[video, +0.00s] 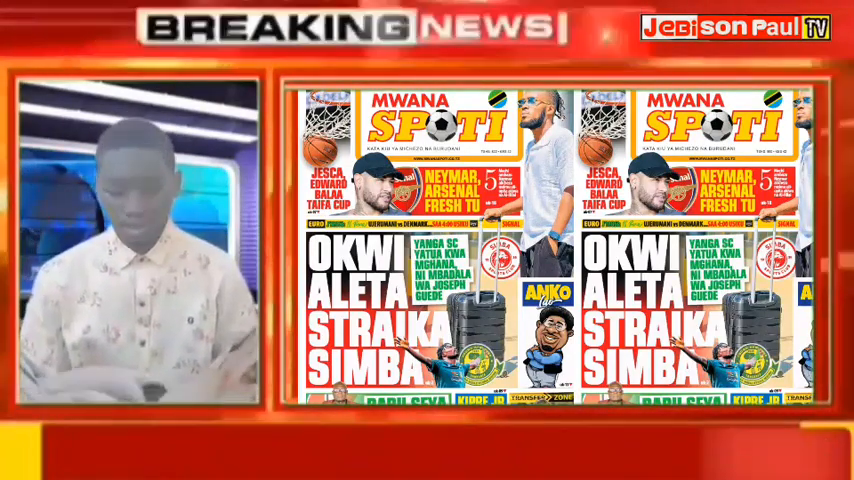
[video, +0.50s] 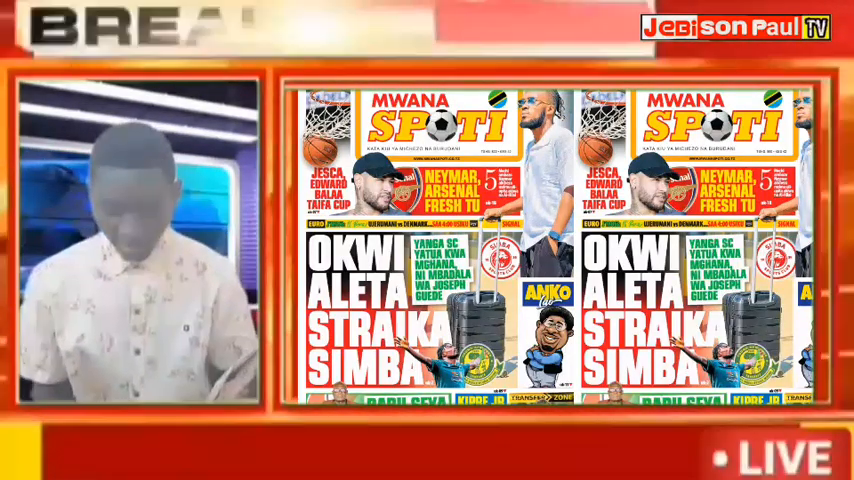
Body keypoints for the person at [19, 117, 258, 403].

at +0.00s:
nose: (133, 207)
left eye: (149, 189)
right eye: (116, 191)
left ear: (177, 184)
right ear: (96, 188)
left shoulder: (218, 272)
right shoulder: (59, 277)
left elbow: (249, 383)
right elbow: (27, 392)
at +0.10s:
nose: (132, 212)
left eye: (148, 193)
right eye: (115, 195)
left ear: (176, 186)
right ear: (94, 188)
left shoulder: (218, 274)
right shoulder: (58, 278)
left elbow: (248, 387)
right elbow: (34, 395)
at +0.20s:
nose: (131, 216)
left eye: (148, 198)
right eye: (114, 200)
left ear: (175, 188)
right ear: (93, 190)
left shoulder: (217, 276)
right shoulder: (57, 280)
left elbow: (244, 389)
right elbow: (35, 395)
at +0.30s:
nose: (132, 222)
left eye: (148, 204)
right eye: (114, 204)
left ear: (175, 191)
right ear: (93, 193)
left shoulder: (216, 275)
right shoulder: (57, 280)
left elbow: (243, 384)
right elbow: (54, 395)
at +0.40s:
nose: (131, 224)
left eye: (147, 206)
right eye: (114, 206)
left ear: (175, 192)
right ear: (92, 194)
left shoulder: (215, 275)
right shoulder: (56, 280)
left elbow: (246, 379)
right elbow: (44, 400)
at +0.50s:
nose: (130, 229)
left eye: (147, 211)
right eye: (113, 211)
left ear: (176, 195)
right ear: (91, 195)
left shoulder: (215, 275)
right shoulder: (54, 279)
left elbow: (242, 383)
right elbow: (49, 396)